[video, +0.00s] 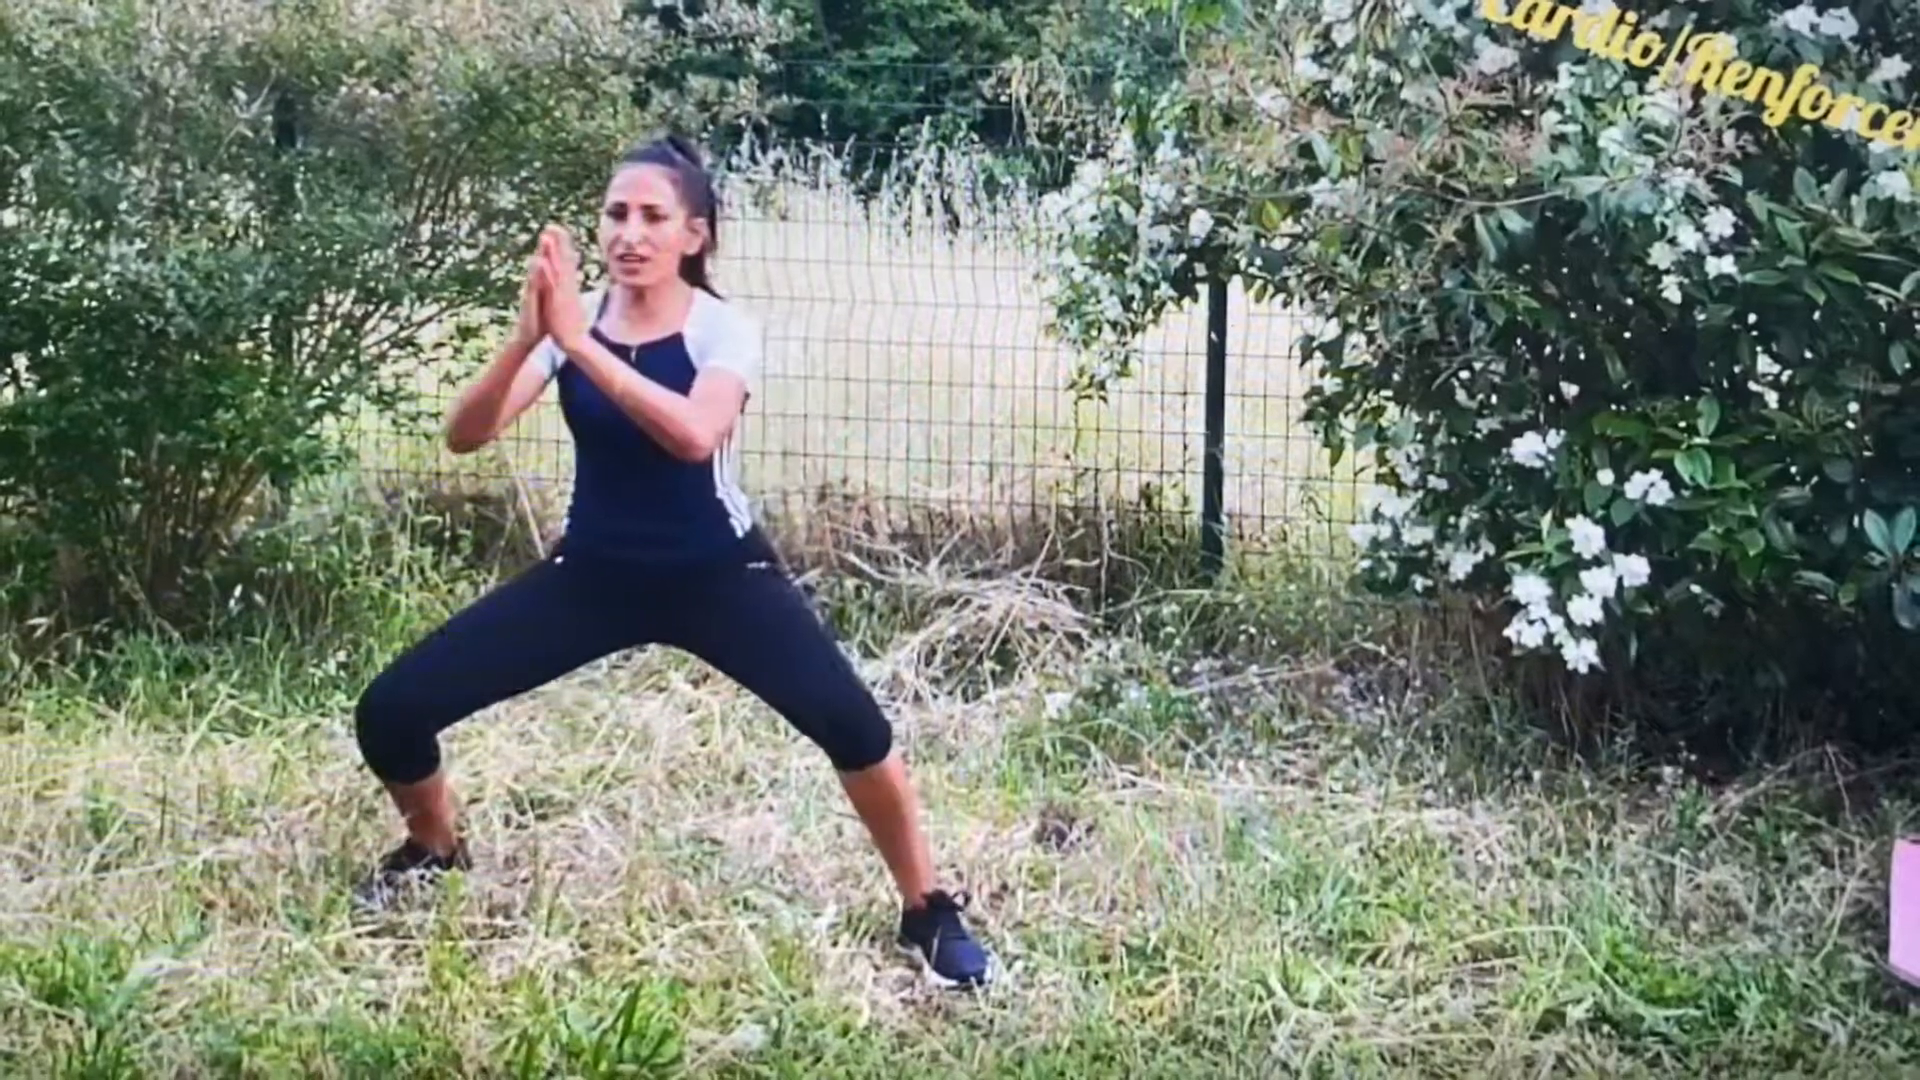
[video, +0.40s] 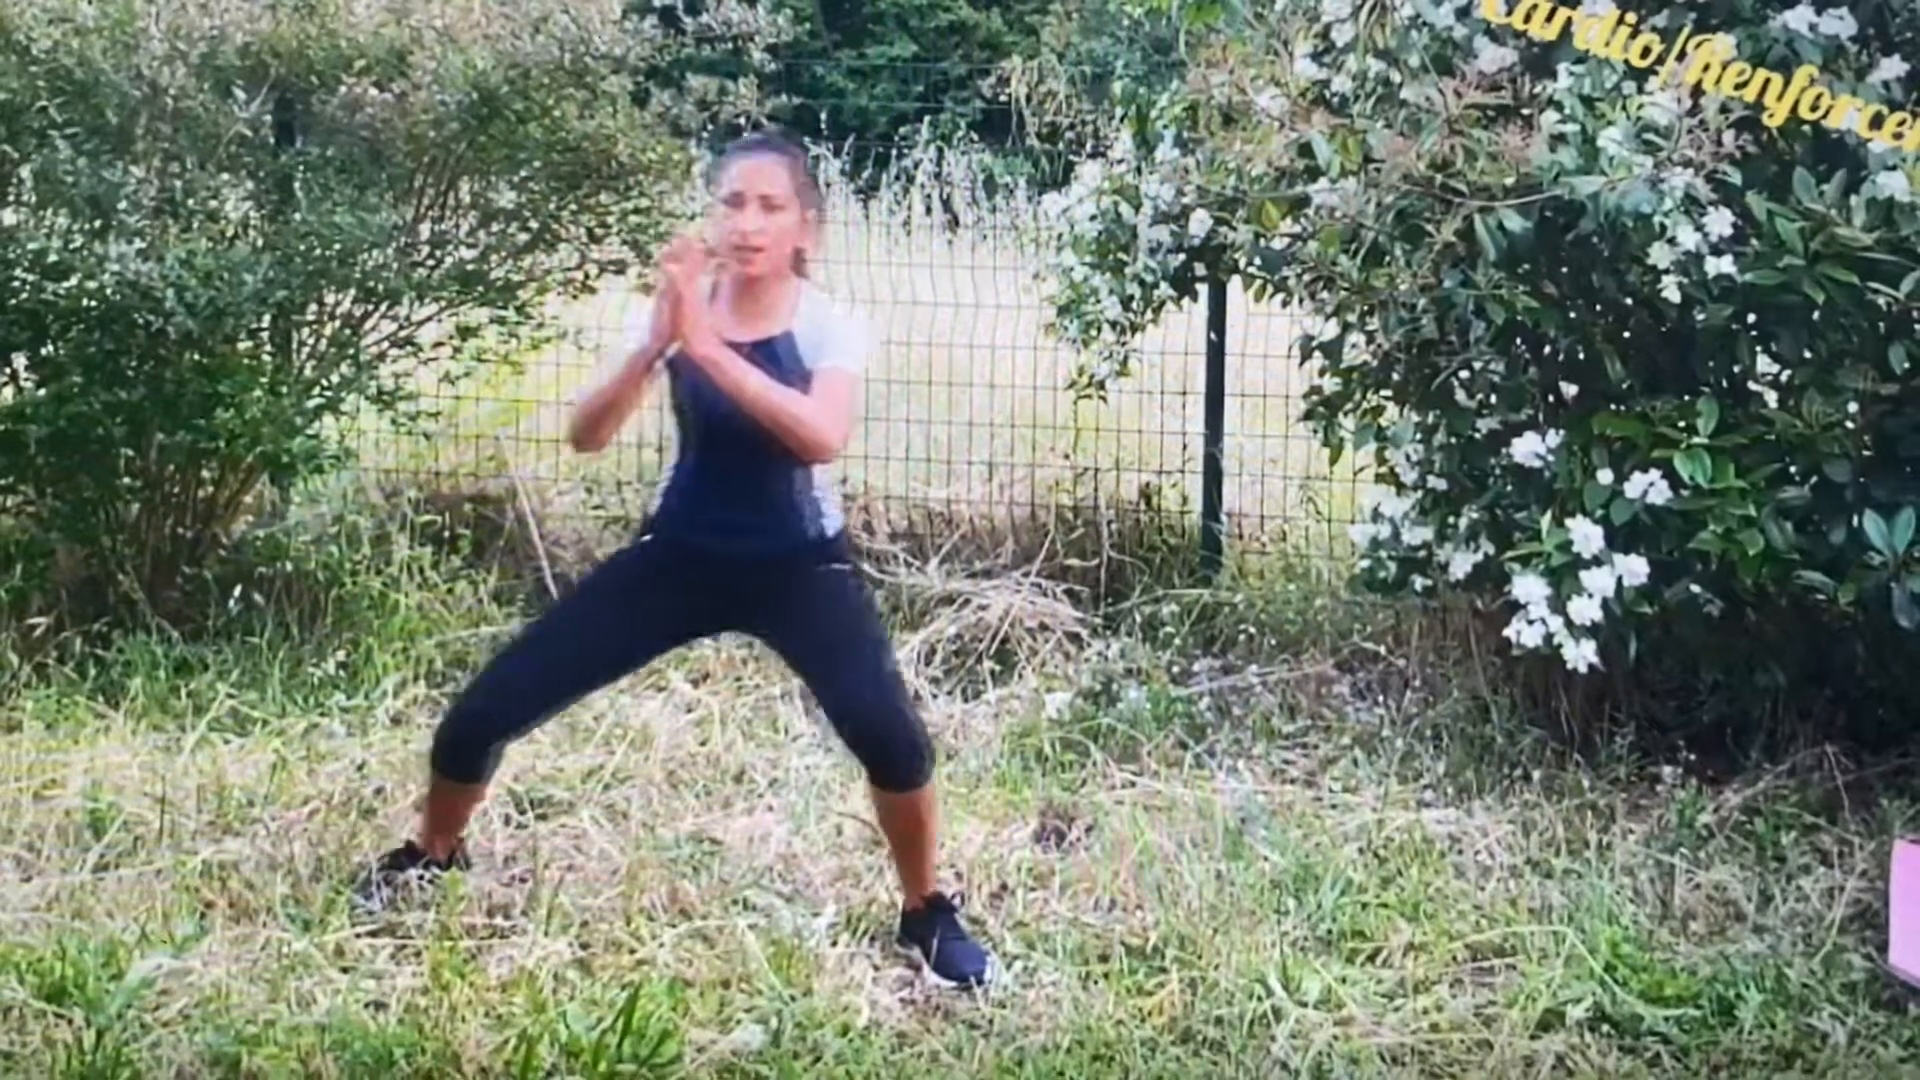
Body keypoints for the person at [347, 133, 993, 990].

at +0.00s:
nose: (629, 233)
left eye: (653, 216)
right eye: (618, 213)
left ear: (695, 237)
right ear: (599, 226)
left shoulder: (722, 328)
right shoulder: (575, 325)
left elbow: (697, 435)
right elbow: (464, 435)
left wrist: (578, 344)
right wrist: (523, 339)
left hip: (716, 583)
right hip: (591, 581)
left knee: (855, 725)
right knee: (390, 712)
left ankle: (928, 909)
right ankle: (435, 852)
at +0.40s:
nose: (745, 223)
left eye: (769, 207)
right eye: (731, 203)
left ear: (804, 228)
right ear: (710, 216)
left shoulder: (832, 328)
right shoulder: (676, 309)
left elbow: (825, 436)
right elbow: (585, 435)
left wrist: (702, 344)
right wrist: (657, 336)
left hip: (801, 575)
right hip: (675, 565)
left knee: (896, 742)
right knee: (475, 722)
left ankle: (926, 910)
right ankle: (431, 855)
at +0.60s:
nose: (818, 194)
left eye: (841, 177)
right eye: (804, 175)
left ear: (883, 198)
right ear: (786, 188)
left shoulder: (914, 298)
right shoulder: (762, 282)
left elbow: (901, 418)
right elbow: (670, 417)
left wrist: (775, 326)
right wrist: (740, 321)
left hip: (880, 551)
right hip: (761, 535)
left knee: (929, 752)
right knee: (567, 690)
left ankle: (925, 914)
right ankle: (564, 834)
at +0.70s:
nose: (837, 185)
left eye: (861, 168)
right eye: (824, 166)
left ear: (901, 190)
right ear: (803, 182)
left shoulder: (928, 282)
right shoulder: (783, 271)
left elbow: (918, 406)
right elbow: (692, 407)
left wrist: (797, 313)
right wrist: (759, 308)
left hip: (912, 541)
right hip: (799, 530)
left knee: (927, 749)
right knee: (646, 680)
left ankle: (924, 913)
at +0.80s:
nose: (843, 181)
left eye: (867, 165)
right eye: (829, 162)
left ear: (907, 187)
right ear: (811, 178)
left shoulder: (939, 279)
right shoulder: (789, 276)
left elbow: (927, 398)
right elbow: (701, 405)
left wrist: (808, 306)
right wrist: (765, 300)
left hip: (939, 540)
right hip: (824, 537)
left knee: (952, 748)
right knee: (728, 725)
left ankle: (933, 912)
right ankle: (841, 898)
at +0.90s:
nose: (845, 184)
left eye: (869, 167)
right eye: (832, 164)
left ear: (908, 191)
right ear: (812, 181)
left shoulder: (942, 280)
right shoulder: (791, 278)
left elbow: (933, 400)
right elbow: (706, 411)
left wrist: (812, 310)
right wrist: (769, 307)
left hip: (959, 534)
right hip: (843, 543)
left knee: (1027, 717)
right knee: (762, 746)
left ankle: (1000, 903)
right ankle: (851, 910)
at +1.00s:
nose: (862, 187)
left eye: (886, 171)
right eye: (848, 168)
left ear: (922, 195)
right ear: (826, 184)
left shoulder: (959, 284)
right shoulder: (809, 288)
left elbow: (949, 401)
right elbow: (719, 416)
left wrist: (825, 317)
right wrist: (785, 319)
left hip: (982, 535)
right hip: (867, 551)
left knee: (1109, 678)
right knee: (775, 748)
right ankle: (850, 914)